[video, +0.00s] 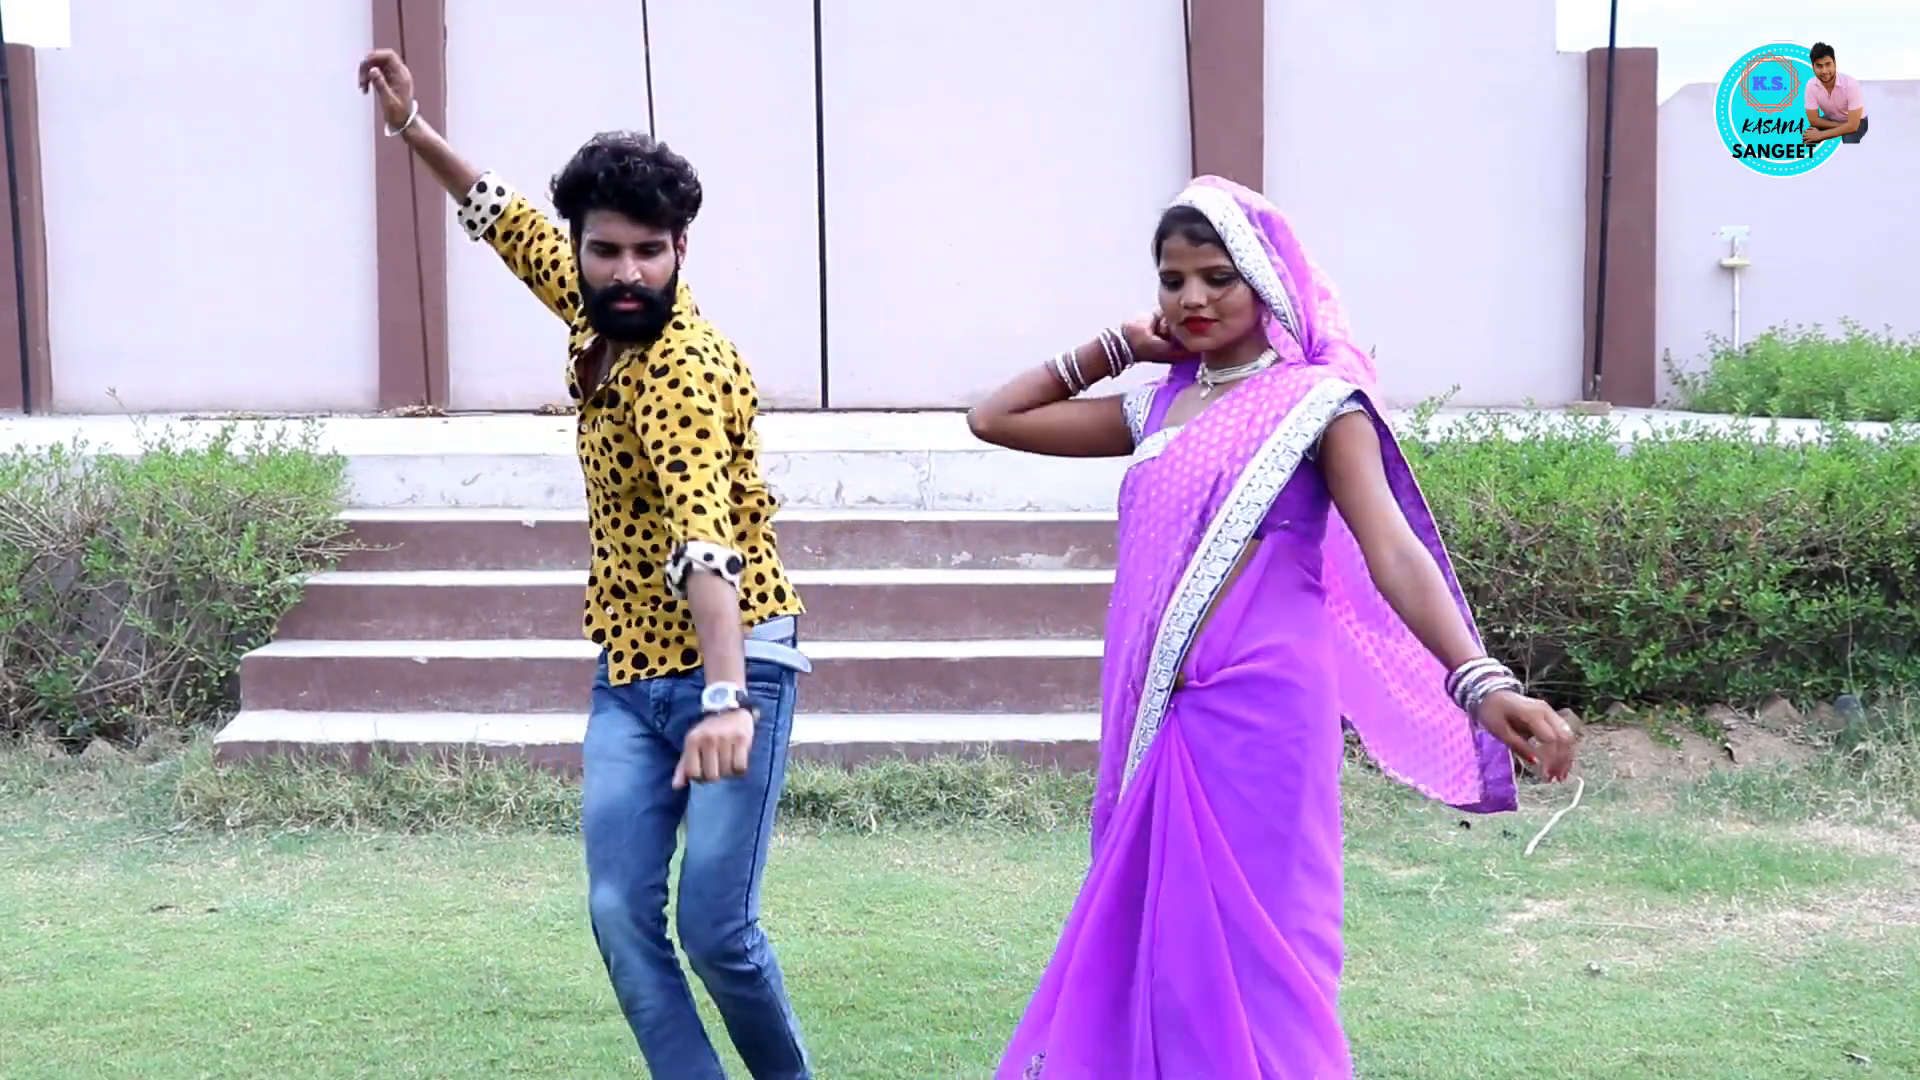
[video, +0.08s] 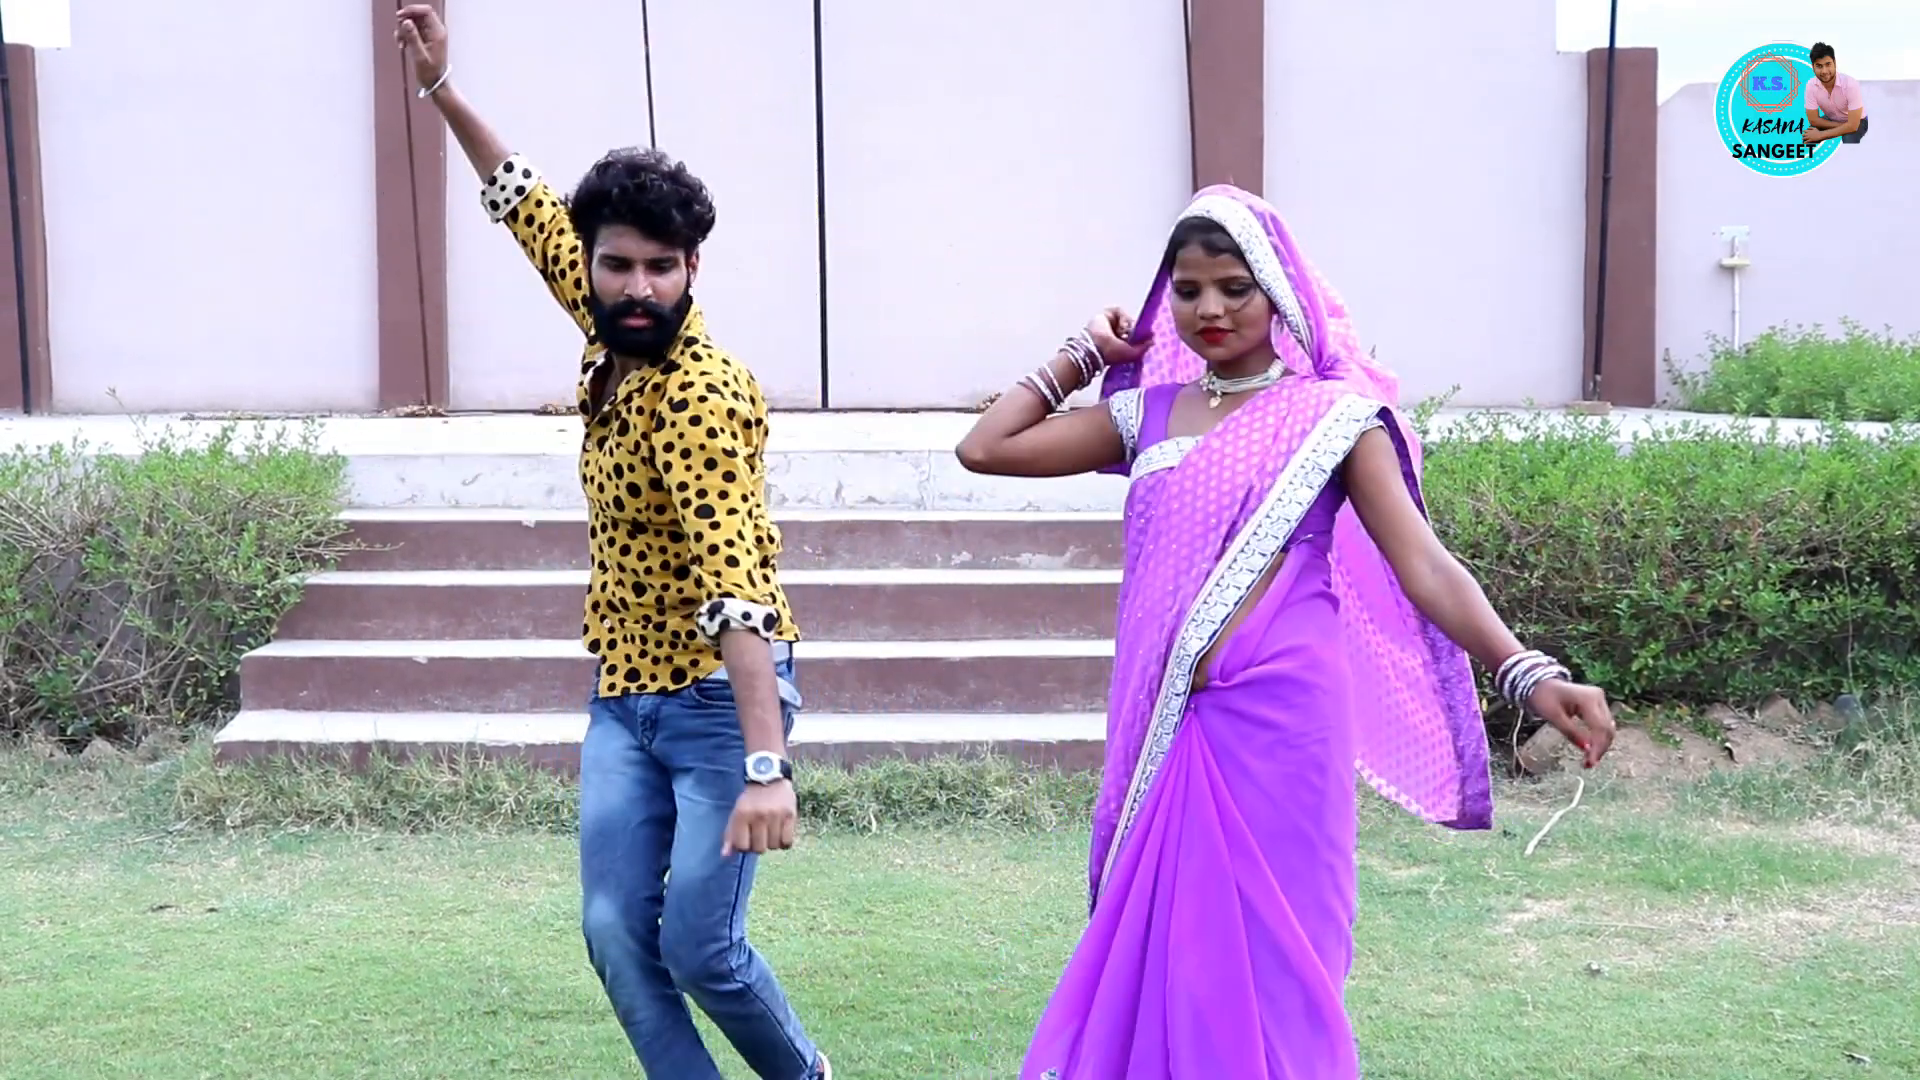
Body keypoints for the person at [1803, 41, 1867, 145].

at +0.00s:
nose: (1824, 71)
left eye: (1828, 65)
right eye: (1819, 66)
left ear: (1835, 63)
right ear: (1813, 67)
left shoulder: (1850, 84)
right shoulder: (1812, 86)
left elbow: (1853, 126)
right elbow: (1813, 120)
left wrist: (1820, 135)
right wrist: (1843, 126)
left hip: (1855, 122)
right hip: (1830, 121)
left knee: (1848, 140)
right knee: (1810, 136)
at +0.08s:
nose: (1824, 71)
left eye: (1828, 65)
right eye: (1819, 66)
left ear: (1835, 63)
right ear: (1813, 67)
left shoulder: (1850, 84)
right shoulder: (1812, 86)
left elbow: (1853, 126)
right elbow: (1813, 120)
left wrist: (1820, 135)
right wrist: (1843, 126)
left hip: (1855, 122)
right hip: (1830, 121)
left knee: (1848, 140)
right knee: (1810, 136)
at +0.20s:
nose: (1824, 71)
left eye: (1828, 65)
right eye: (1819, 66)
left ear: (1835, 63)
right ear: (1813, 67)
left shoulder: (1850, 84)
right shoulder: (1812, 86)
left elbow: (1853, 126)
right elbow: (1813, 120)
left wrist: (1821, 135)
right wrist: (1843, 126)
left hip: (1855, 122)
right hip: (1830, 121)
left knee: (1848, 140)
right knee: (1810, 136)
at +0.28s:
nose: (1824, 71)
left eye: (1828, 65)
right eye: (1819, 66)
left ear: (1835, 63)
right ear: (1813, 67)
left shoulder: (1850, 84)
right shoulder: (1812, 86)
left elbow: (1853, 126)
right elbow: (1813, 120)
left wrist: (1821, 135)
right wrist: (1843, 126)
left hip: (1855, 122)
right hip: (1830, 121)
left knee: (1848, 140)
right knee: (1810, 136)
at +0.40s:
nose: (1824, 71)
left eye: (1828, 65)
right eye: (1819, 66)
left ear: (1835, 63)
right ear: (1813, 67)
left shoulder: (1850, 84)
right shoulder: (1812, 86)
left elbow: (1853, 126)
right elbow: (1813, 120)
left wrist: (1821, 135)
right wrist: (1843, 126)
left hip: (1855, 122)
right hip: (1830, 121)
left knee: (1848, 140)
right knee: (1810, 136)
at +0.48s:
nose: (1824, 71)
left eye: (1828, 65)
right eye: (1819, 66)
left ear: (1835, 63)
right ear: (1813, 67)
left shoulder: (1850, 84)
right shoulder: (1812, 86)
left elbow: (1853, 126)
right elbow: (1813, 120)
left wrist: (1821, 135)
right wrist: (1843, 126)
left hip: (1855, 122)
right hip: (1830, 121)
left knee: (1848, 140)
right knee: (1810, 136)